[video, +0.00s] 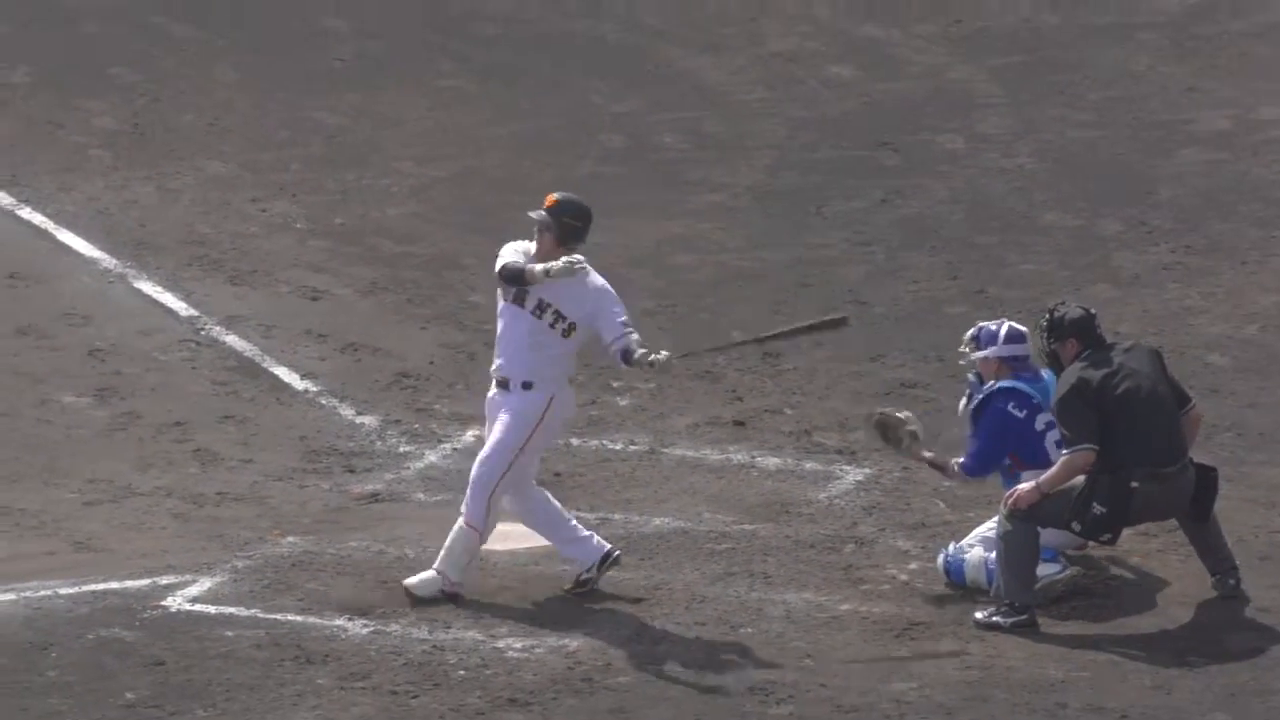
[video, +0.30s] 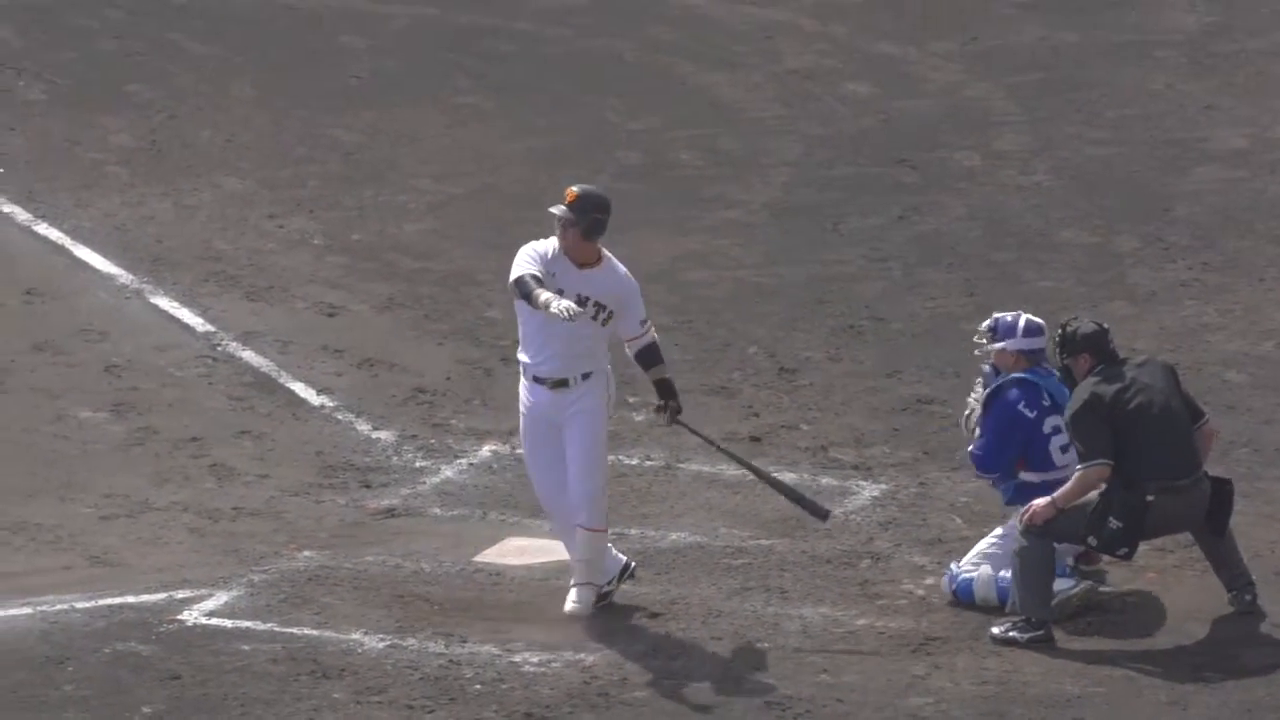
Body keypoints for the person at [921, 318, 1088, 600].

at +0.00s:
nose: (976, 365)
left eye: (980, 359)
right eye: (977, 358)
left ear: (996, 362)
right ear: (1018, 358)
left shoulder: (1004, 403)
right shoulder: (1038, 381)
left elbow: (975, 467)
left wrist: (927, 457)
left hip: (1050, 519)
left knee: (954, 561)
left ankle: (1041, 570)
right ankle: (1049, 558)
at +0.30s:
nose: (990, 354)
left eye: (996, 348)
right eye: (992, 347)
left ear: (1014, 355)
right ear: (1030, 353)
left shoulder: (1010, 396)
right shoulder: (1051, 380)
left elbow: (986, 464)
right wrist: (993, 405)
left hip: (1041, 517)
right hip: (1077, 505)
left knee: (960, 578)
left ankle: (1060, 587)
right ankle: (1071, 565)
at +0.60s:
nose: (991, 291)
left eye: (998, 286)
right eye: (994, 285)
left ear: (1015, 297)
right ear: (1025, 297)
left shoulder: (991, 343)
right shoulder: (1044, 327)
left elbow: (963, 404)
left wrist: (965, 365)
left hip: (1021, 462)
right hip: (1060, 449)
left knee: (970, 555)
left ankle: (1067, 556)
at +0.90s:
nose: (1002, 280)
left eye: (1007, 274)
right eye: (1006, 272)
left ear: (1010, 286)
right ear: (1038, 285)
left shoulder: (989, 329)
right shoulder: (1064, 319)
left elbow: (936, 371)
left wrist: (964, 341)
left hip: (1009, 458)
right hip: (1061, 443)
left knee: (989, 557)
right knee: (1078, 479)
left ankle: (1080, 552)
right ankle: (1125, 530)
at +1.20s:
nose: (1023, 300)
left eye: (1018, 290)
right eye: (1032, 295)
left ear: (1011, 293)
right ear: (1052, 301)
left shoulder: (982, 337)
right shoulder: (1067, 338)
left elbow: (910, 341)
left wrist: (855, 344)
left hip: (1011, 466)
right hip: (1065, 452)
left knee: (1002, 565)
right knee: (1092, 490)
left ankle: (1088, 566)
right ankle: (1140, 536)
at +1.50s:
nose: (1003, 306)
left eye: (1010, 301)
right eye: (1006, 299)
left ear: (1028, 310)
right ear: (1036, 308)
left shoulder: (1028, 376)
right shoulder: (1047, 334)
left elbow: (991, 436)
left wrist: (940, 454)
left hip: (1027, 467)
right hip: (1050, 443)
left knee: (1010, 572)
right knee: (1071, 490)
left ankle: (1114, 559)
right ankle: (1130, 533)